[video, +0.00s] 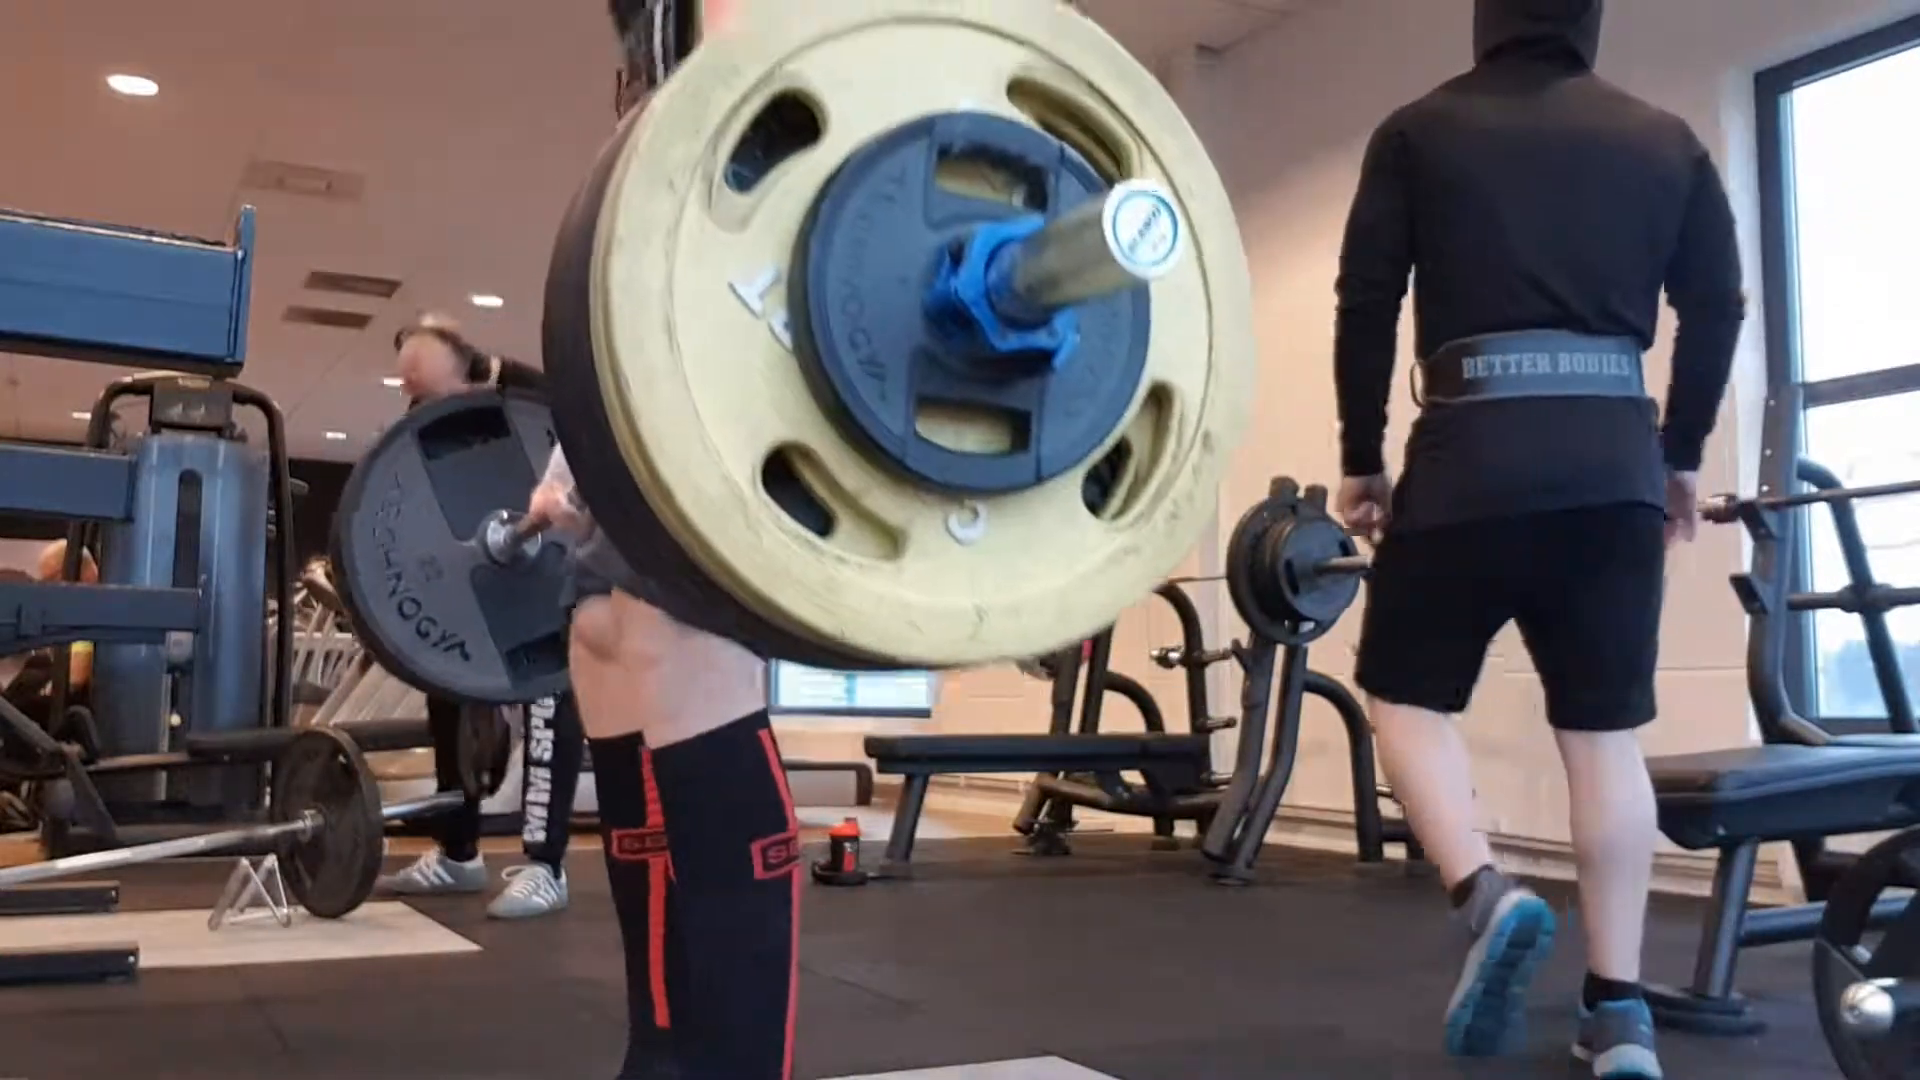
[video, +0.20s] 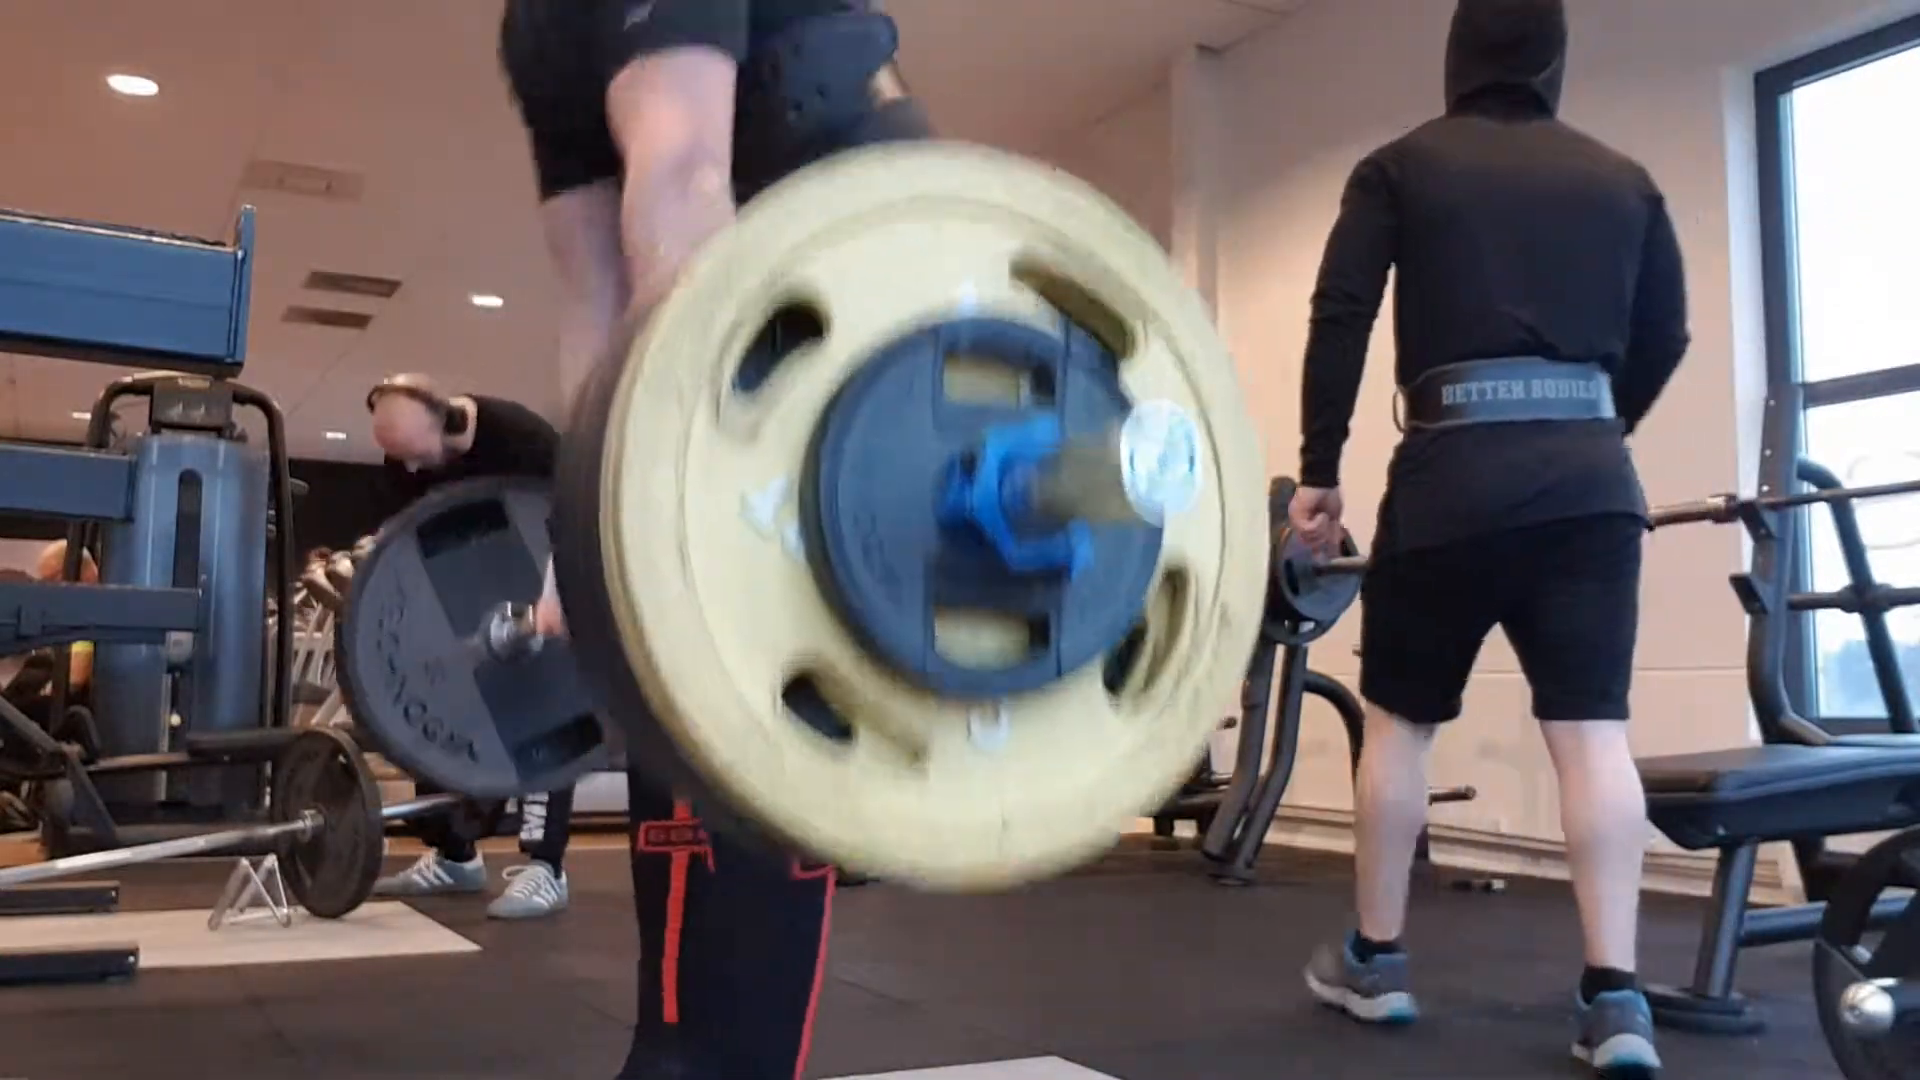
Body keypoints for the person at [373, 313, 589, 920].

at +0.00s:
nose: (413, 403)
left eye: (423, 391)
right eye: (409, 392)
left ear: (465, 378)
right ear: (408, 383)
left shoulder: (523, 420)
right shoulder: (420, 444)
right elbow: (403, 536)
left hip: (537, 595)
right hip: (458, 603)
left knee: (547, 714)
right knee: (451, 710)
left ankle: (545, 866)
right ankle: (458, 856)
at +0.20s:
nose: (403, 464)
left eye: (409, 452)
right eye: (394, 454)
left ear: (439, 423)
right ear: (388, 433)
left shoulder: (520, 438)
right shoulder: (405, 459)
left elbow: (578, 503)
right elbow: (407, 542)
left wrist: (556, 588)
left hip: (538, 597)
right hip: (457, 606)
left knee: (545, 721)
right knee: (449, 714)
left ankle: (544, 868)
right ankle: (456, 856)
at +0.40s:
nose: (401, 493)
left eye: (407, 481)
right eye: (391, 485)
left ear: (428, 453)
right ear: (378, 473)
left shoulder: (496, 453)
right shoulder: (394, 488)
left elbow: (514, 589)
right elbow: (423, 592)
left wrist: (487, 693)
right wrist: (449, 695)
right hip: (476, 577)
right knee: (410, 700)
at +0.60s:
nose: (402, 503)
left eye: (407, 489)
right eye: (390, 496)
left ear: (428, 460)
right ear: (377, 483)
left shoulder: (498, 461)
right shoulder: (391, 491)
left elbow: (514, 593)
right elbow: (426, 595)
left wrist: (491, 702)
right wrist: (458, 706)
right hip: (478, 580)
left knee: (541, 682)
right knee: (415, 704)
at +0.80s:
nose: (403, 501)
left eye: (410, 488)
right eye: (391, 493)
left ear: (434, 456)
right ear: (378, 477)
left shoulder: (488, 463)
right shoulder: (392, 486)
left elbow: (521, 595)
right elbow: (421, 591)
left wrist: (493, 705)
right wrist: (452, 698)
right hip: (478, 585)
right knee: (420, 700)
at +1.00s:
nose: (401, 508)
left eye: (408, 496)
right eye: (389, 499)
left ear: (434, 465)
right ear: (376, 481)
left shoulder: (486, 470)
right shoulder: (389, 487)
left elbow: (516, 601)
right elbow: (408, 600)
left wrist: (483, 718)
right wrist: (435, 704)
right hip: (473, 589)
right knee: (415, 700)